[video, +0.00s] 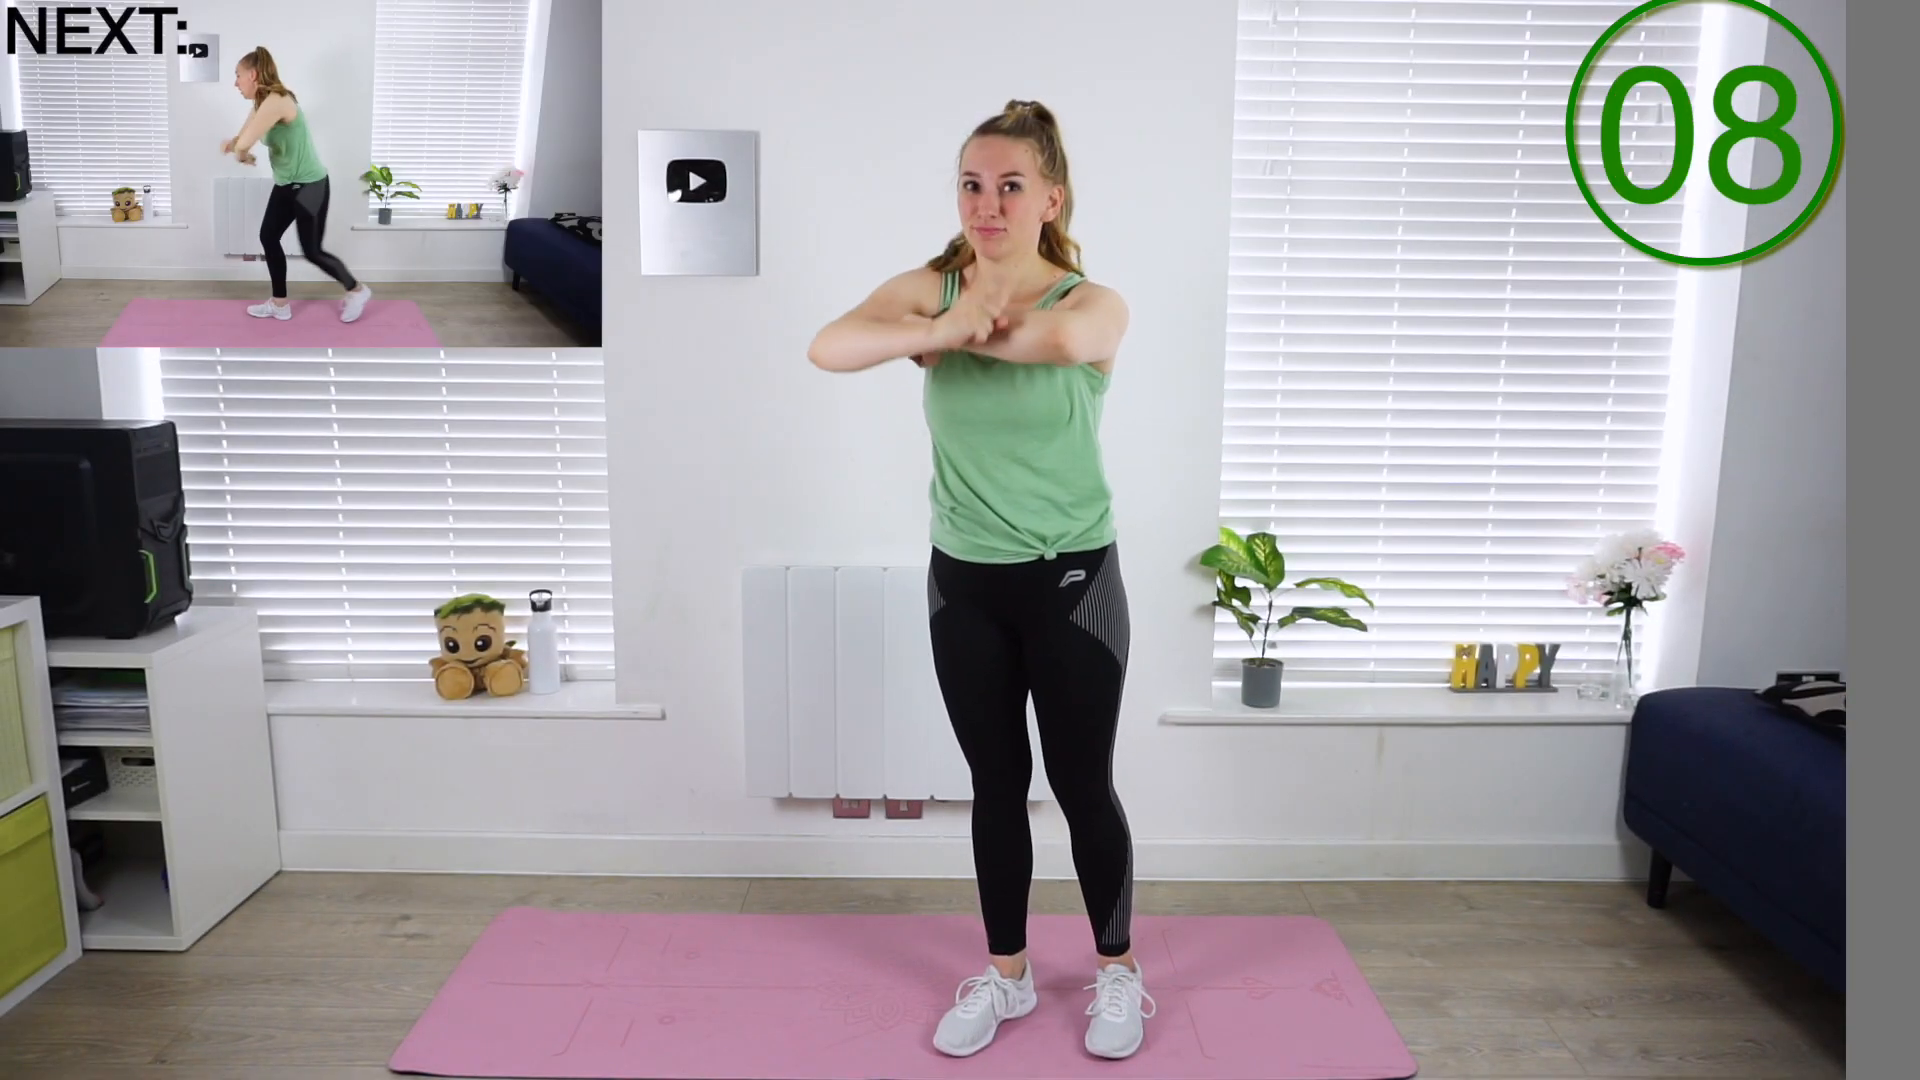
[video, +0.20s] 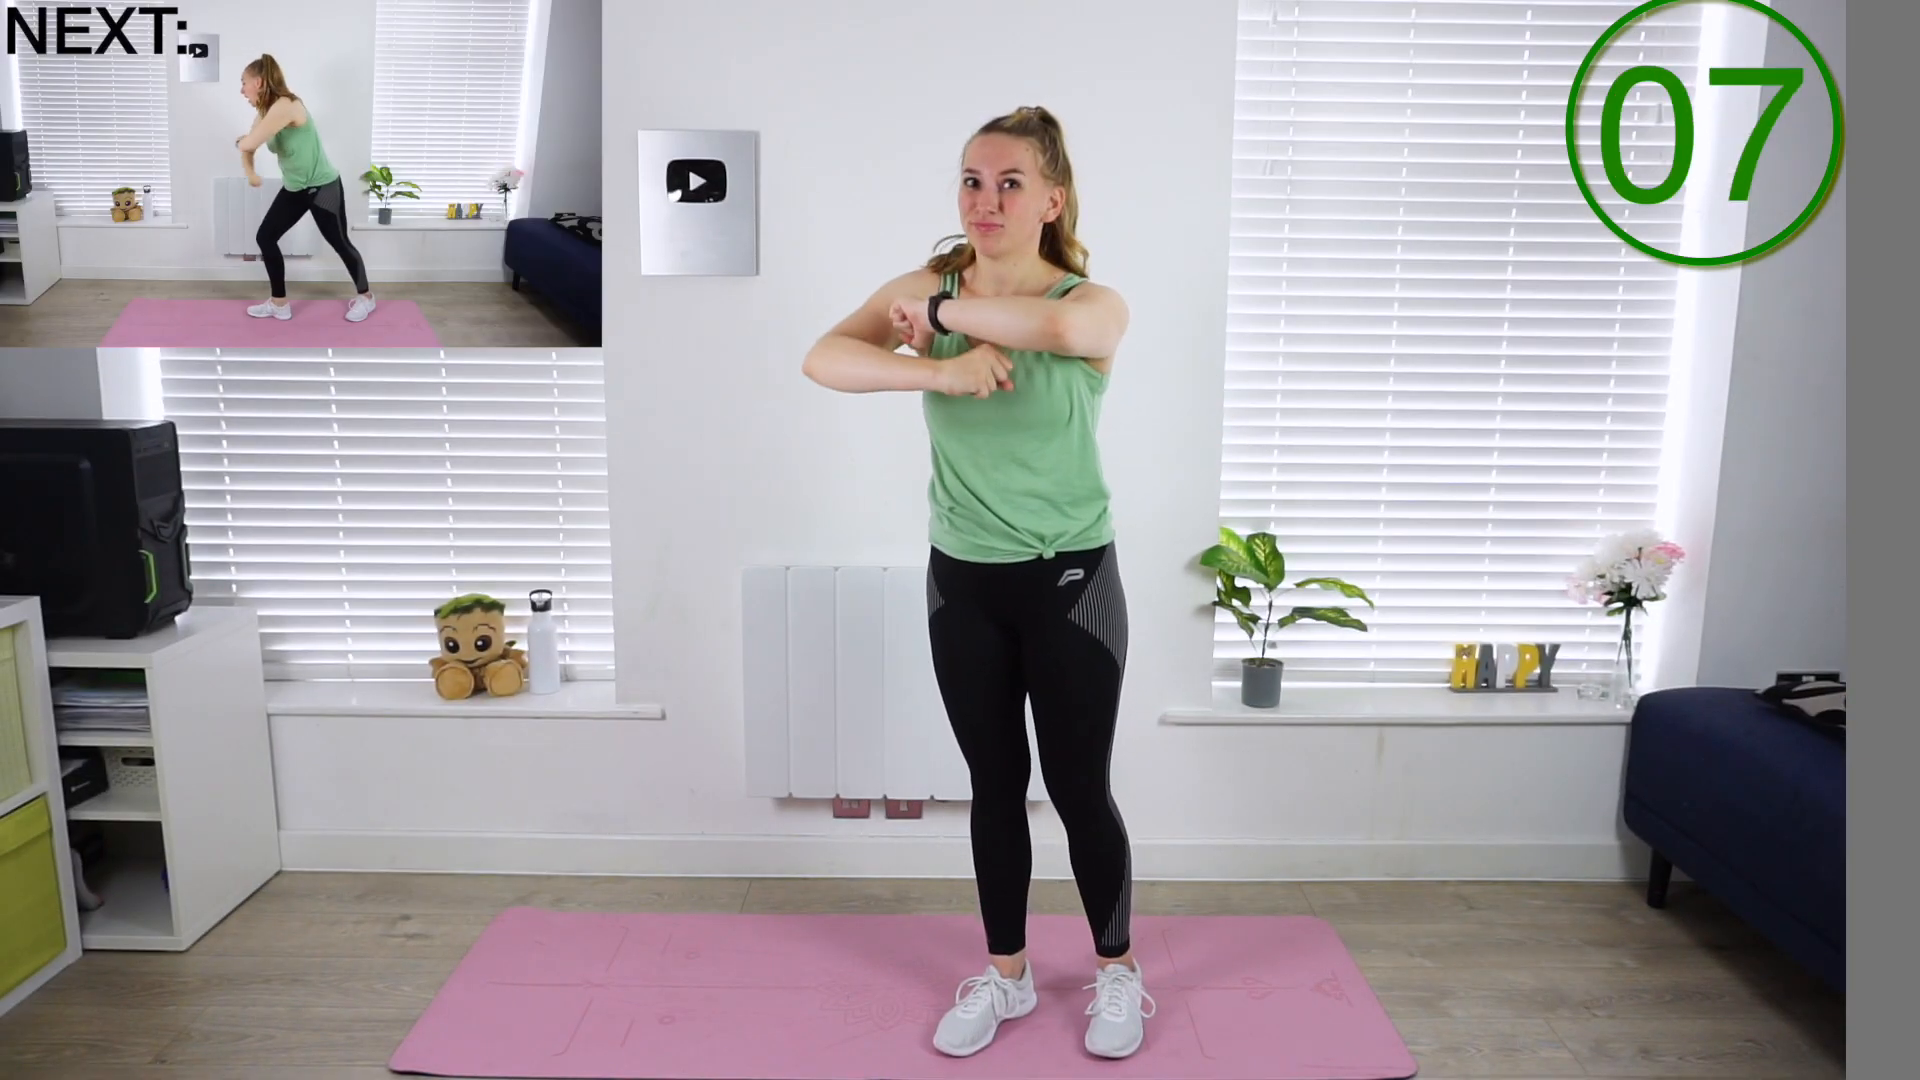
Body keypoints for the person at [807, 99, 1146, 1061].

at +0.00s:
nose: (987, 204)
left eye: (1010, 186)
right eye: (972, 184)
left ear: (1053, 198)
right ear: (956, 193)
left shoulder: (1092, 299)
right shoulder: (924, 290)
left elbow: (1069, 341)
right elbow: (827, 350)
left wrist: (958, 340)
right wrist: (941, 326)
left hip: (1073, 578)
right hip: (964, 578)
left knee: (1084, 786)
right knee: (996, 786)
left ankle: (1116, 970)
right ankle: (1007, 971)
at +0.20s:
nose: (986, 201)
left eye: (1010, 183)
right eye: (973, 182)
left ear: (1055, 199)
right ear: (958, 194)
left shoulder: (1092, 300)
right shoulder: (930, 286)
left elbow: (1075, 334)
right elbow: (824, 358)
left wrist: (940, 311)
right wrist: (936, 372)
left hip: (1072, 577)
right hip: (964, 577)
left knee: (1079, 788)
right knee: (995, 785)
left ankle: (1116, 970)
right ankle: (1006, 971)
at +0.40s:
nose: (986, 204)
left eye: (1009, 188)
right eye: (973, 186)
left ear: (1055, 203)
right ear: (959, 196)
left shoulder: (1091, 305)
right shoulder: (933, 290)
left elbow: (1059, 367)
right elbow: (823, 355)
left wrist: (924, 344)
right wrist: (935, 351)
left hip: (1076, 574)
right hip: (969, 574)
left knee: (1071, 787)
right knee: (997, 783)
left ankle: (1119, 967)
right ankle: (1006, 971)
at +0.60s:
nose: (978, 211)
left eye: (999, 195)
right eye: (972, 193)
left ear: (1059, 204)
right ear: (967, 198)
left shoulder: (1100, 311)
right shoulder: (959, 303)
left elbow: (1098, 444)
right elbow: (853, 394)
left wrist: (960, 478)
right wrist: (884, 374)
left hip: (1082, 576)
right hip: (985, 573)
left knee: (1067, 789)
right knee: (1005, 782)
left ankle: (1138, 953)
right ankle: (1007, 970)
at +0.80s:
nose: (991, 238)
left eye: (1001, 218)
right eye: (987, 220)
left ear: (1062, 209)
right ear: (1040, 215)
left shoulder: (1131, 321)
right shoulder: (1017, 308)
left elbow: (1105, 487)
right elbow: (969, 435)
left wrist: (1030, 603)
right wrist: (920, 526)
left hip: (1100, 583)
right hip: (1010, 571)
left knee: (1082, 782)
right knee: (1020, 779)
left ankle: (1144, 966)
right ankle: (1007, 970)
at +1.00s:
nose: (1009, 253)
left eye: (1015, 234)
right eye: (1004, 236)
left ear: (1069, 220)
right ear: (1066, 223)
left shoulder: (1148, 328)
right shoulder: (1072, 307)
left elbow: (1136, 497)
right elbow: (1069, 459)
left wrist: (1106, 629)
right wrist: (1045, 568)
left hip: (1129, 577)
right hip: (1052, 569)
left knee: (1115, 777)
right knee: (1037, 777)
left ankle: (1146, 964)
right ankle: (1006, 962)